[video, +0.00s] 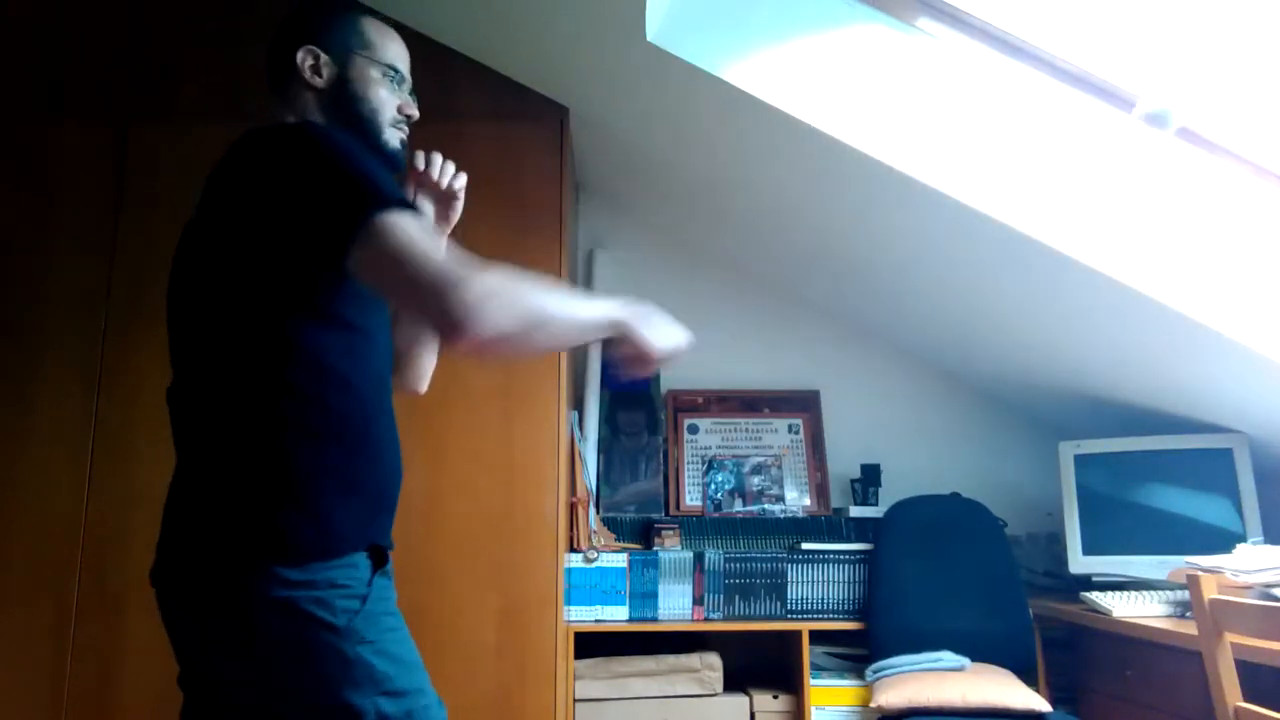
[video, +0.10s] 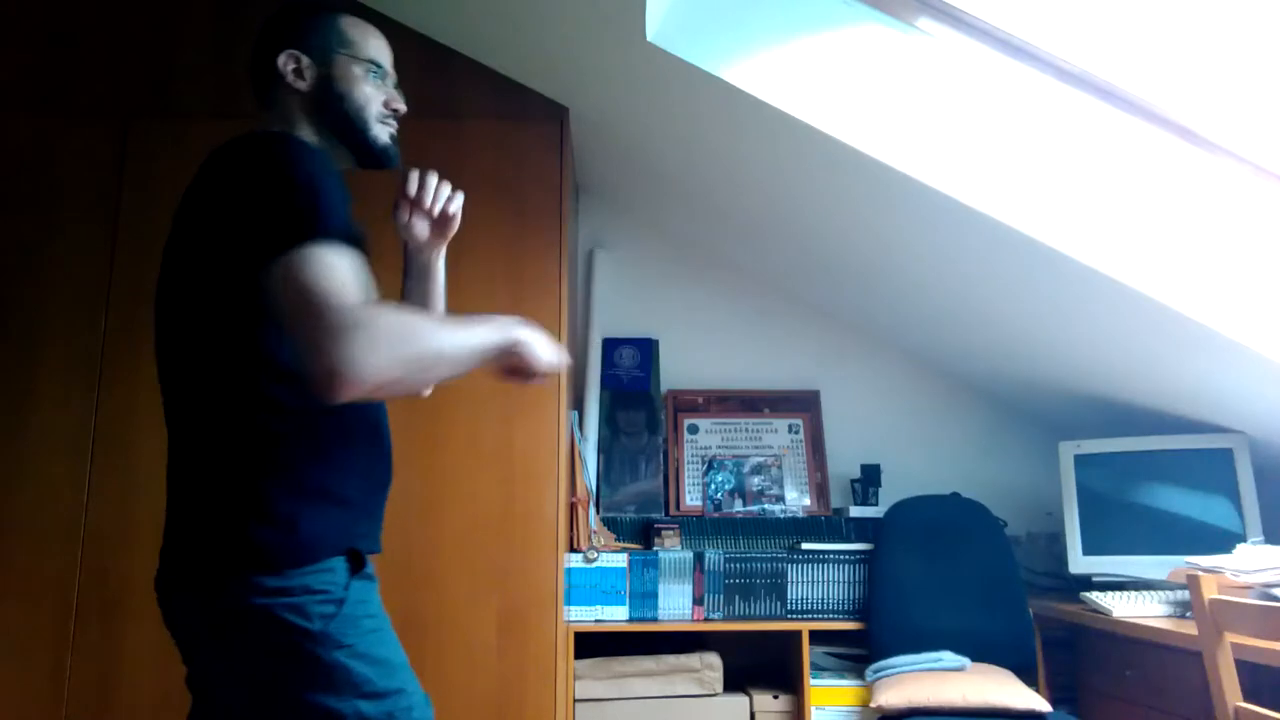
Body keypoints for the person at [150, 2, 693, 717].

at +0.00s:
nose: (412, 108)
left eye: (411, 90)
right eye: (392, 78)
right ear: (315, 68)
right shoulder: (307, 160)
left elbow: (408, 372)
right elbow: (466, 308)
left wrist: (425, 239)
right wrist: (620, 314)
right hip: (306, 577)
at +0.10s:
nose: (399, 100)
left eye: (394, 83)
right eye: (375, 72)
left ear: (302, 76)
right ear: (298, 71)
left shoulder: (251, 176)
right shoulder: (282, 167)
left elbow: (407, 367)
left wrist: (423, 255)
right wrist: (508, 332)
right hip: (295, 575)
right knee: (393, 708)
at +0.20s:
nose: (380, 100)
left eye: (375, 82)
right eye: (354, 74)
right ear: (276, 77)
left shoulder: (293, 219)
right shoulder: (234, 184)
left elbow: (412, 381)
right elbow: (240, 381)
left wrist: (416, 259)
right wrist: (417, 330)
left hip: (301, 579)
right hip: (265, 584)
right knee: (374, 707)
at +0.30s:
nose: (356, 98)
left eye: (352, 84)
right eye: (327, 74)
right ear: (250, 81)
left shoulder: (292, 239)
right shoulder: (193, 188)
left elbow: (401, 389)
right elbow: (163, 395)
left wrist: (393, 266)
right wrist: (358, 327)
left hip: (291, 582)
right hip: (240, 584)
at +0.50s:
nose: (316, 92)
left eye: (312, 78)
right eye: (286, 70)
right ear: (208, 79)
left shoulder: (274, 229)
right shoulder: (139, 185)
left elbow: (372, 390)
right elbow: (80, 391)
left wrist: (359, 277)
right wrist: (276, 315)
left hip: (256, 561)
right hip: (170, 562)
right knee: (252, 708)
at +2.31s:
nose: (299, 91)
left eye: (297, 77)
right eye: (267, 66)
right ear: (186, 75)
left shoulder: (243, 239)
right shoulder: (116, 183)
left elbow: (322, 422)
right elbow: (101, 394)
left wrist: (354, 289)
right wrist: (301, 271)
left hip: (233, 595)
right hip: (153, 597)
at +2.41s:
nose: (315, 77)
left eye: (313, 61)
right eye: (285, 51)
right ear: (201, 54)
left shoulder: (224, 201)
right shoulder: (149, 160)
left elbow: (316, 408)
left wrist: (354, 260)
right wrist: (370, 243)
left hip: (213, 587)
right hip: (164, 589)